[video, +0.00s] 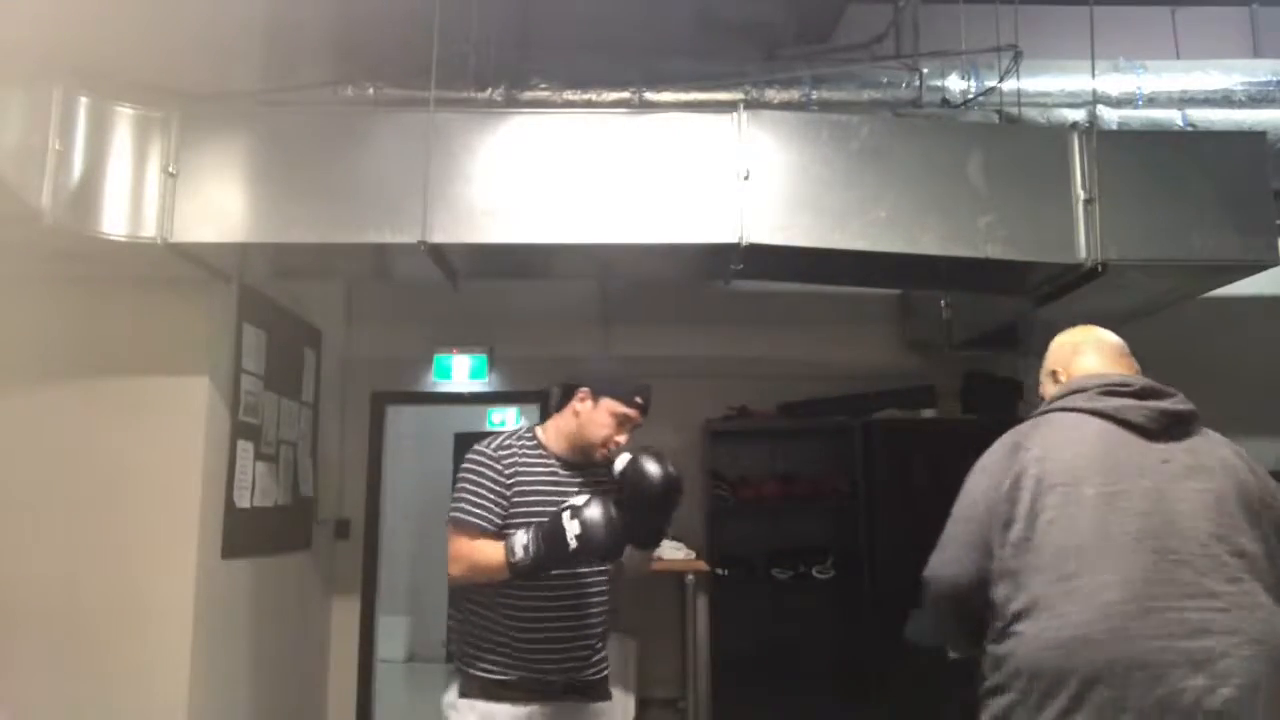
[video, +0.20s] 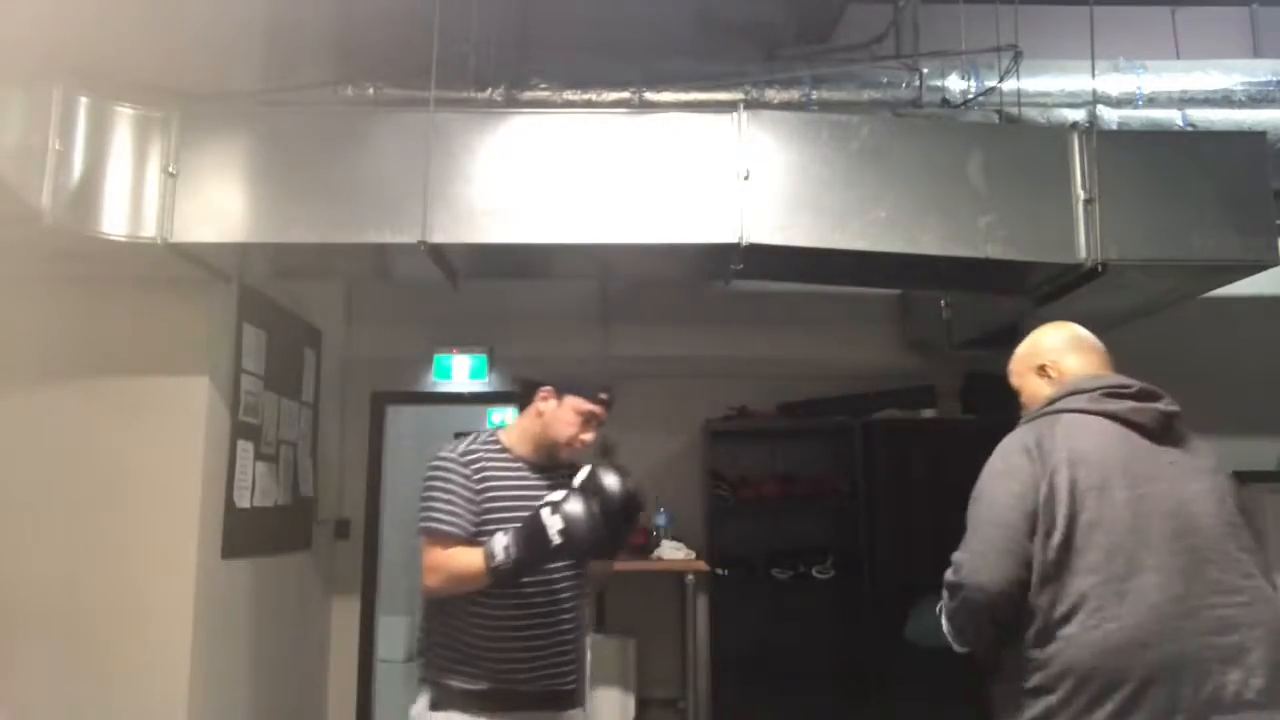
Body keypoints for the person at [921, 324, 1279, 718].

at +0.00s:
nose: (1040, 395)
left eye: (1042, 385)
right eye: (1041, 385)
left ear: (1054, 380)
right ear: (1137, 374)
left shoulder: (1017, 450)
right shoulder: (1232, 457)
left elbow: (950, 579)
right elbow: (1273, 565)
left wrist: (969, 648)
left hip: (1055, 690)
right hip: (1237, 688)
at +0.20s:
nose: (1022, 407)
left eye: (1020, 392)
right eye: (1017, 394)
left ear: (1048, 373)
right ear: (1104, 371)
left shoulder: (1029, 446)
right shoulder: (1198, 447)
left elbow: (984, 582)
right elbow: (1246, 558)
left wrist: (961, 630)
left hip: (1095, 695)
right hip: (1243, 686)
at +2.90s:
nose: (976, 413)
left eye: (984, 396)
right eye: (974, 400)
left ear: (1032, 388)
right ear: (1033, 389)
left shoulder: (1066, 459)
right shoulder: (1057, 450)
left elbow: (1054, 592)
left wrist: (959, 627)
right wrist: (968, 616)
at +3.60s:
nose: (960, 417)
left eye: (967, 400)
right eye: (958, 404)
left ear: (1016, 393)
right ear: (1017, 394)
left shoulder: (1035, 461)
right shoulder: (1074, 447)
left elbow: (1019, 597)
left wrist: (936, 634)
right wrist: (966, 590)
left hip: (1097, 699)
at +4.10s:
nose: (941, 424)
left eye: (948, 406)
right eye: (938, 410)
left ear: (996, 397)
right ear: (999, 399)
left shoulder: (1009, 471)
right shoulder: (1065, 453)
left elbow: (993, 613)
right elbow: (993, 519)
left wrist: (928, 646)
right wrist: (906, 506)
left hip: (1086, 697)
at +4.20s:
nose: (918, 430)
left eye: (925, 413)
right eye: (915, 416)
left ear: (975, 403)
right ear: (978, 403)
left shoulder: (989, 477)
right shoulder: (1043, 457)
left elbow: (978, 622)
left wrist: (911, 660)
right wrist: (898, 463)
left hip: (1077, 698)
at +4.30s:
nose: (900, 433)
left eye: (907, 416)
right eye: (897, 419)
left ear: (955, 406)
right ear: (957, 407)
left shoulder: (981, 482)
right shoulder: (1016, 462)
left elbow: (971, 629)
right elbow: (931, 550)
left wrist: (896, 672)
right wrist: (875, 461)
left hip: (1074, 702)